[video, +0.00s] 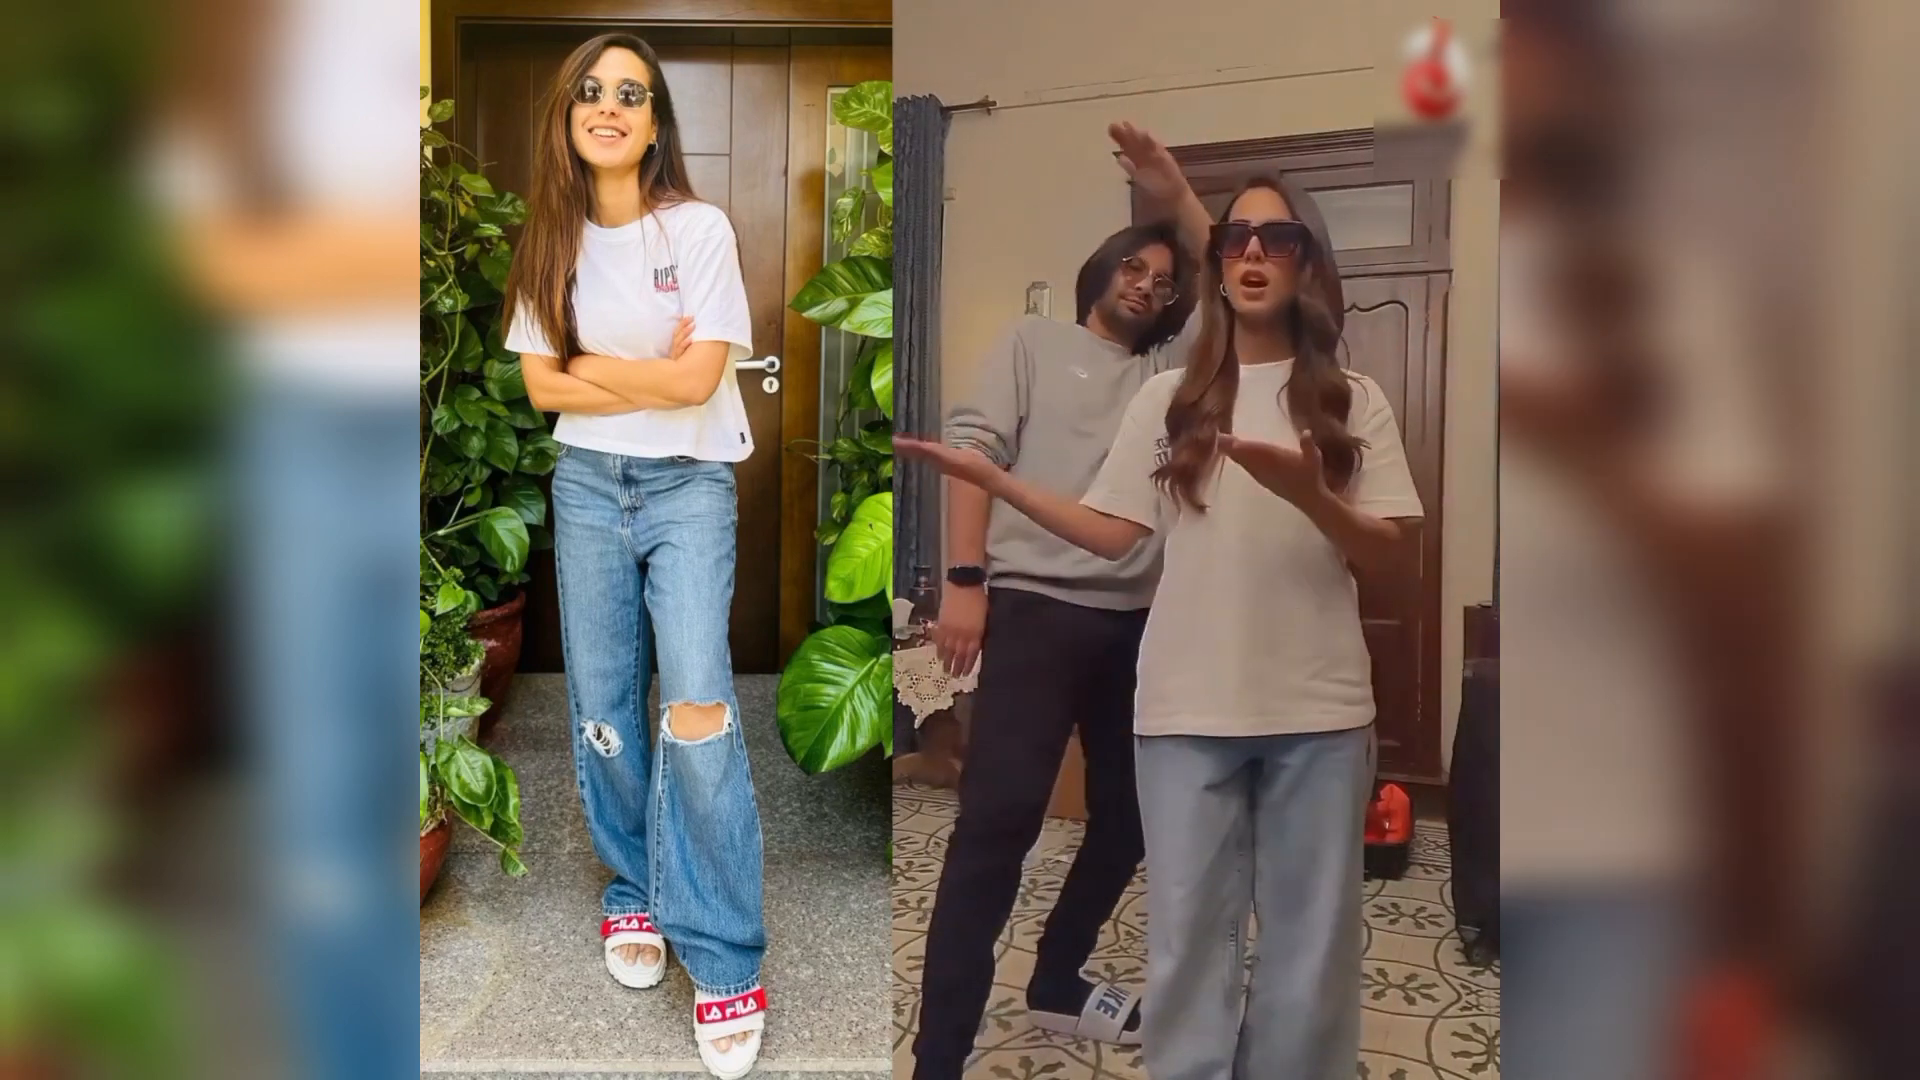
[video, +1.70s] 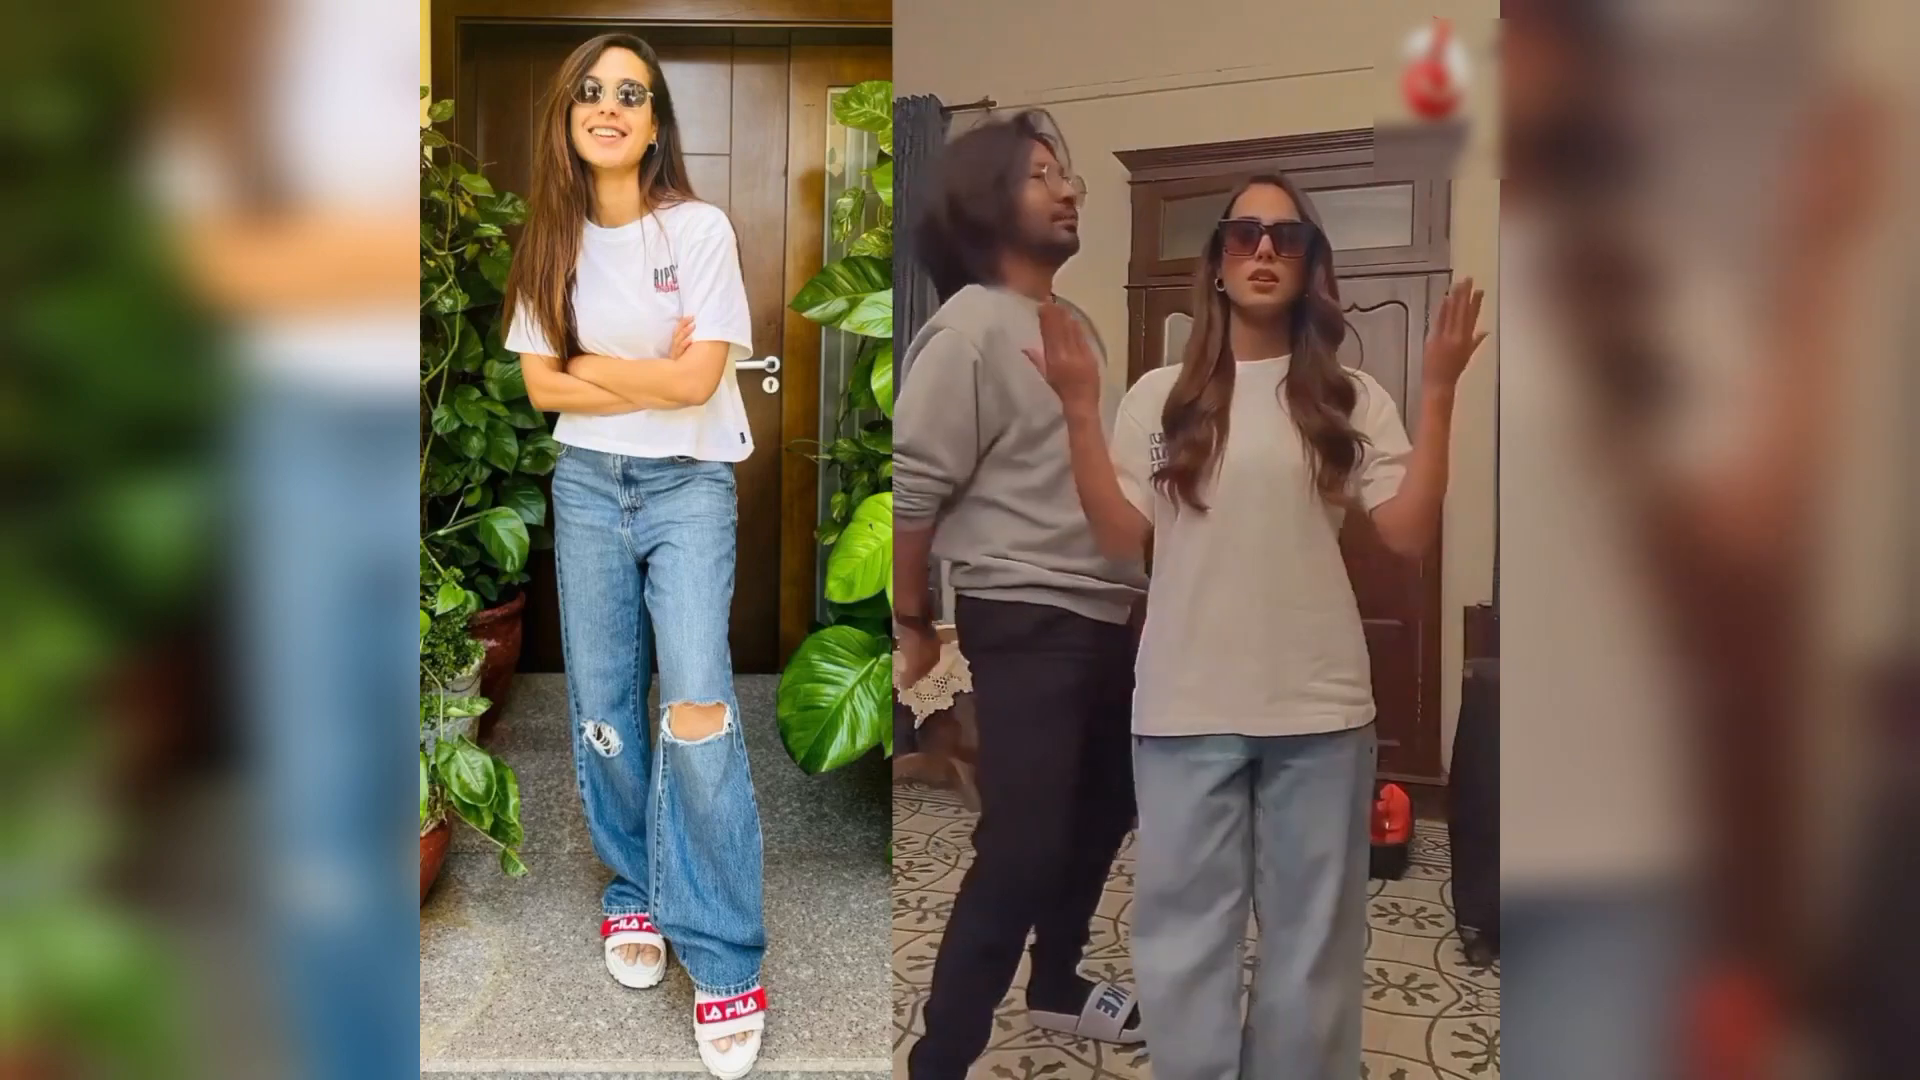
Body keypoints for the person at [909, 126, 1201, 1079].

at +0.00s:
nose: (1148, 287)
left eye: (1164, 282)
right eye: (1136, 270)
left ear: (1173, 298)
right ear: (1102, 269)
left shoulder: (1173, 370)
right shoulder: (1034, 343)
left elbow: (1227, 297)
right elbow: (972, 452)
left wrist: (1175, 194)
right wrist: (963, 580)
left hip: (1138, 627)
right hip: (1032, 614)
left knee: (1123, 828)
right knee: (998, 825)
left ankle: (1057, 987)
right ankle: (938, 1058)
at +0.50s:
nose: (1149, 302)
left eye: (1165, 297)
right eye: (1138, 286)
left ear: (1177, 316)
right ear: (1106, 289)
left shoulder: (1174, 388)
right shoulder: (1043, 349)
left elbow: (1224, 322)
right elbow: (983, 453)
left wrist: (1193, 215)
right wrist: (966, 581)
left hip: (1134, 625)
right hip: (1035, 616)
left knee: (1127, 825)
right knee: (1000, 824)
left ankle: (1057, 988)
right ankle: (938, 1057)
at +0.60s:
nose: (1147, 289)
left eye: (1159, 282)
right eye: (1133, 273)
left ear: (1170, 301)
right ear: (1099, 279)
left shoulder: (1170, 383)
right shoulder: (1043, 342)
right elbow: (979, 451)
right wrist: (959, 577)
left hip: (1127, 624)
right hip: (1028, 612)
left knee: (1120, 821)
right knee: (994, 824)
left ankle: (1057, 990)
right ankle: (935, 1058)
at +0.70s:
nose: (1136, 258)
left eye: (1146, 251)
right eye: (1121, 244)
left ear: (1157, 270)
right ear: (1086, 252)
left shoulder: (1169, 348)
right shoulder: (1039, 323)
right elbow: (972, 435)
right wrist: (942, 566)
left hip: (1121, 609)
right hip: (1022, 599)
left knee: (1104, 812)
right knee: (990, 819)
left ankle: (1056, 993)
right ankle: (933, 1059)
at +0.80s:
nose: (1124, 230)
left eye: (1132, 219)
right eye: (1103, 217)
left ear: (1142, 243)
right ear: (1063, 235)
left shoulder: (1159, 347)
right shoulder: (1016, 322)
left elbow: (1184, 472)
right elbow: (938, 440)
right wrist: (928, 568)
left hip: (1120, 608)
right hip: (1015, 597)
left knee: (1093, 809)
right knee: (984, 817)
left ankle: (1056, 989)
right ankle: (933, 1055)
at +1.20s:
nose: (1085, 206)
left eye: (1085, 193)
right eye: (1063, 192)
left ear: (1084, 218)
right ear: (1011, 213)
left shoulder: (1112, 339)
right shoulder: (963, 331)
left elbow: (1126, 469)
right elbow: (921, 479)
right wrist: (1017, 527)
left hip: (1109, 621)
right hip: (1011, 617)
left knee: (1099, 815)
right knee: (985, 838)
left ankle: (1055, 989)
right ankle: (931, 1063)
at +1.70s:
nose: (1070, 189)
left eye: (1067, 175)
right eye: (1044, 175)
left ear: (1063, 198)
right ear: (988, 200)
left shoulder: (1079, 325)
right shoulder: (966, 329)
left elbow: (1104, 471)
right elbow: (914, 499)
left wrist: (1136, 584)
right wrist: (913, 626)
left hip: (1104, 604)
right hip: (1019, 608)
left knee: (1103, 812)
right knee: (1021, 850)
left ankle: (1056, 989)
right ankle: (939, 1063)